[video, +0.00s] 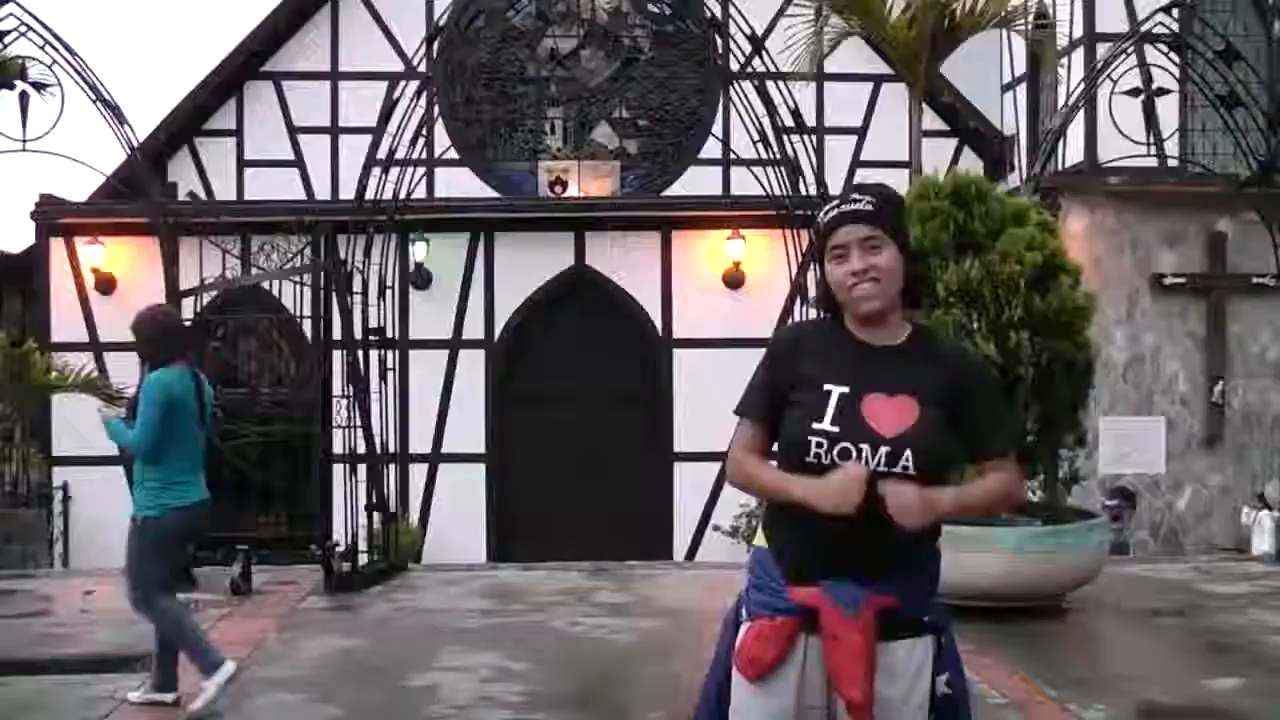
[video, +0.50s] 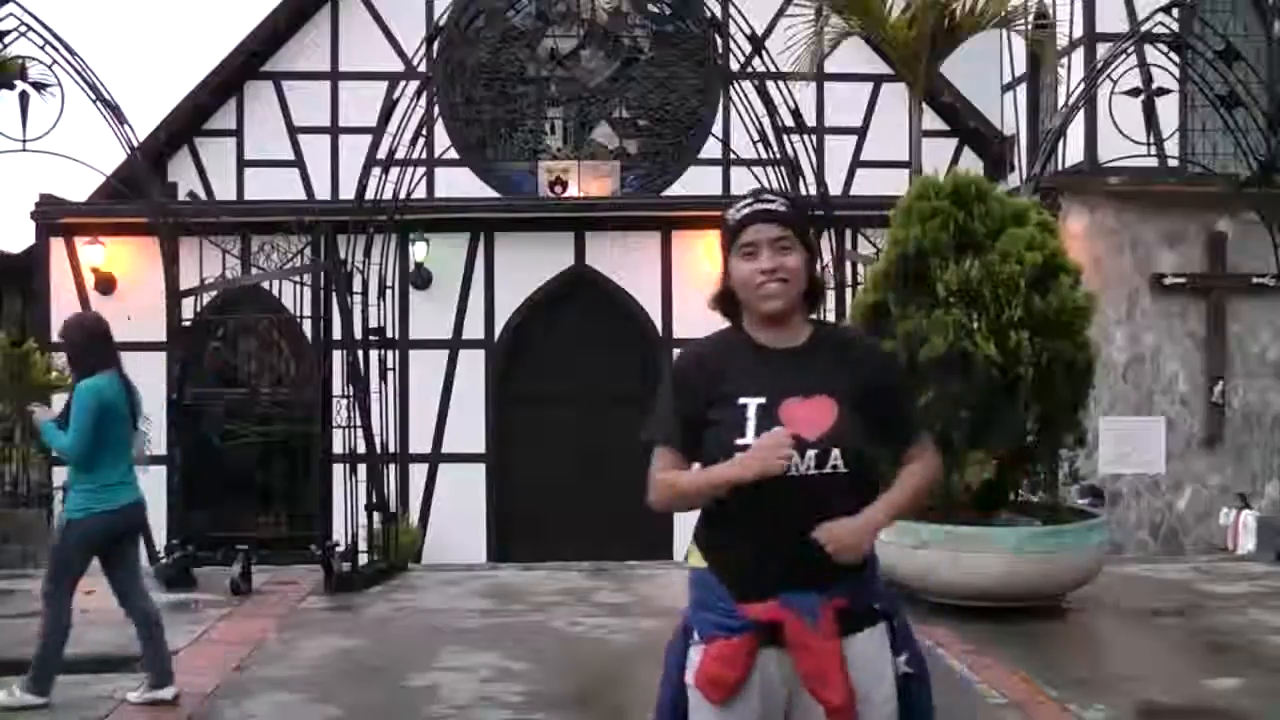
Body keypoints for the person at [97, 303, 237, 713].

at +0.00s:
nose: (136, 347)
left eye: (139, 341)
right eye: (136, 340)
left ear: (150, 342)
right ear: (178, 338)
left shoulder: (158, 384)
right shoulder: (197, 382)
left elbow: (141, 443)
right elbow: (205, 431)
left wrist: (113, 421)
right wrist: (141, 416)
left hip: (158, 508)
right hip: (190, 501)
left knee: (144, 595)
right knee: (165, 593)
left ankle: (214, 666)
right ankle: (163, 683)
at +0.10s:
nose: (131, 347)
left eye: (133, 340)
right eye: (131, 340)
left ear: (143, 342)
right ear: (173, 337)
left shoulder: (152, 383)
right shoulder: (193, 381)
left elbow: (136, 442)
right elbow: (205, 430)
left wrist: (107, 420)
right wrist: (139, 416)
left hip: (153, 507)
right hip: (187, 501)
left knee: (131, 592)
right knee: (164, 590)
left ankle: (199, 660)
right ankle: (163, 681)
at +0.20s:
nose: (113, 345)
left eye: (115, 339)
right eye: (114, 338)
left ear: (125, 341)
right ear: (154, 336)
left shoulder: (136, 382)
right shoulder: (173, 379)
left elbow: (119, 441)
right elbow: (151, 435)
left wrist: (90, 418)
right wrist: (111, 411)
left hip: (137, 507)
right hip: (173, 502)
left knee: (99, 582)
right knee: (159, 594)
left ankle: (139, 656)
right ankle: (165, 682)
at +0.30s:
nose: (99, 352)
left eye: (101, 344)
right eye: (99, 345)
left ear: (111, 344)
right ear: (141, 339)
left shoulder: (125, 384)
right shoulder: (159, 380)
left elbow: (111, 444)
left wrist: (80, 418)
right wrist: (102, 410)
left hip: (126, 507)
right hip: (163, 501)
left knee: (92, 585)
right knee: (155, 592)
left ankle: (89, 683)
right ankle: (164, 685)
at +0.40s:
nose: (88, 353)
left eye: (91, 345)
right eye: (87, 346)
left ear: (104, 346)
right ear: (127, 342)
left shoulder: (112, 385)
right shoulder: (146, 381)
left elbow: (95, 444)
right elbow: (143, 435)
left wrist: (67, 420)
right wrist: (88, 417)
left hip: (112, 510)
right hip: (149, 503)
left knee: (82, 598)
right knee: (151, 598)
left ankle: (50, 681)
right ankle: (164, 684)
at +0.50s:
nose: (64, 355)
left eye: (66, 348)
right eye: (63, 348)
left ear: (79, 350)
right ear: (105, 345)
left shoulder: (88, 391)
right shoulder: (123, 387)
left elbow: (72, 451)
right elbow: (118, 447)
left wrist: (43, 425)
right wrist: (61, 422)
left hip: (89, 514)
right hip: (126, 508)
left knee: (56, 594)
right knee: (134, 595)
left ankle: (37, 685)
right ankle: (162, 680)